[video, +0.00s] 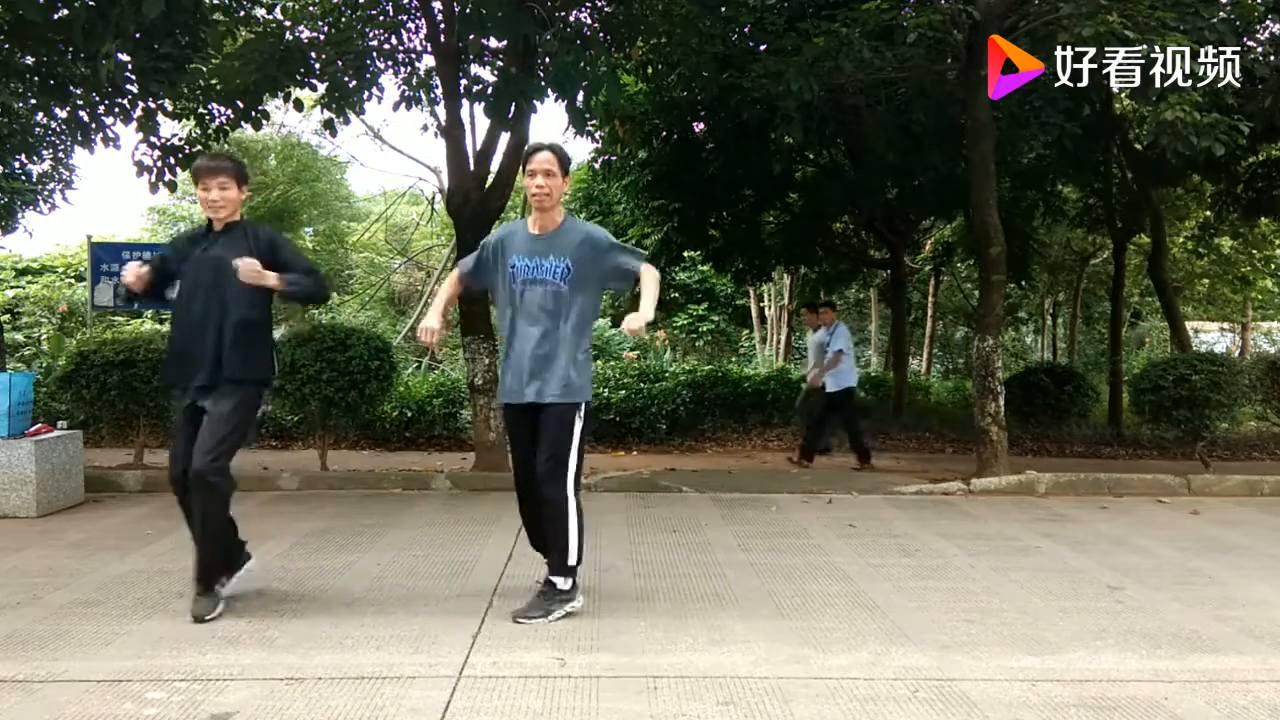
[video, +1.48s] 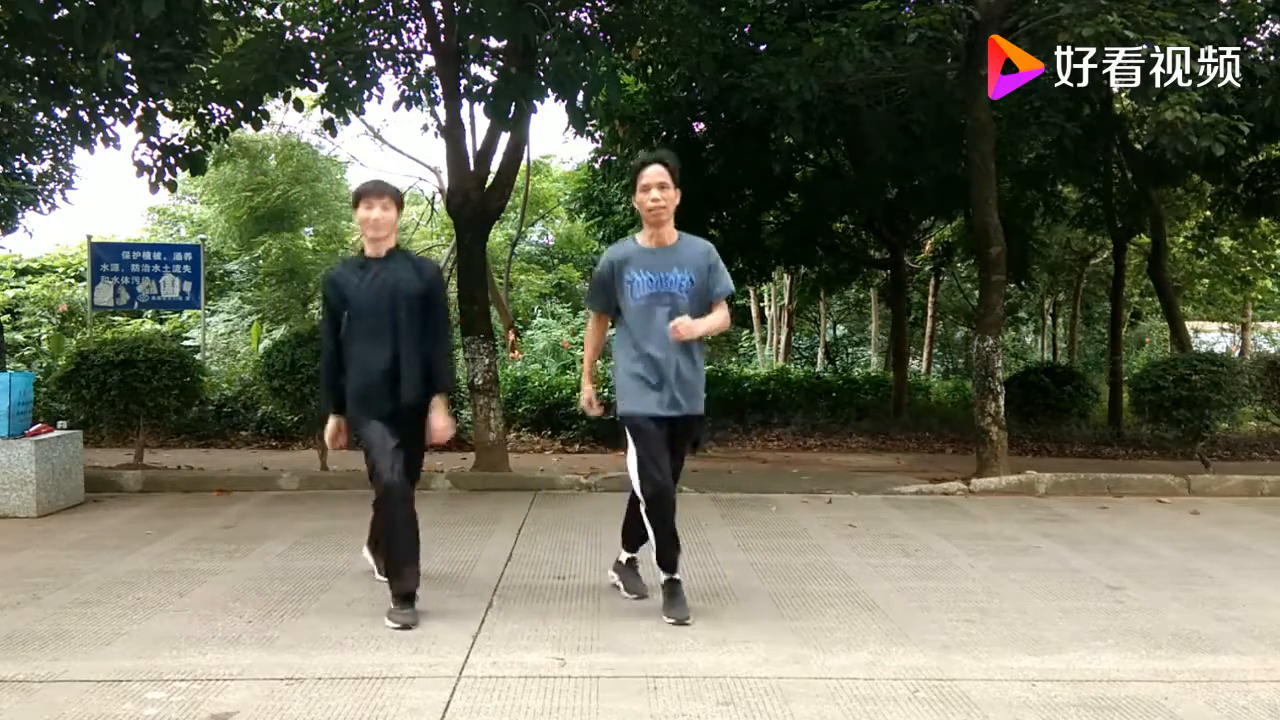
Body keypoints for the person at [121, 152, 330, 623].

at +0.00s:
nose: (214, 196)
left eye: (223, 188)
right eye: (206, 188)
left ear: (242, 193)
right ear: (197, 195)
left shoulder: (264, 242)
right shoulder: (186, 245)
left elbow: (316, 286)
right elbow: (153, 291)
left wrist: (272, 279)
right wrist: (140, 283)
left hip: (241, 379)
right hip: (191, 377)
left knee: (204, 469)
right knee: (181, 474)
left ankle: (207, 584)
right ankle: (231, 554)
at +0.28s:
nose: (231, 199)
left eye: (239, 190)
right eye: (223, 191)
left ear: (254, 192)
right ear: (213, 194)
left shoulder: (277, 245)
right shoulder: (197, 242)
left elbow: (293, 314)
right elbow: (164, 303)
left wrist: (298, 374)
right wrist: (175, 271)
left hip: (259, 353)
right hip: (208, 358)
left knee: (210, 394)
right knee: (225, 458)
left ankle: (208, 510)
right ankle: (233, 568)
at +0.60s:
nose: (272, 207)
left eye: (281, 198)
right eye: (263, 197)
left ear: (293, 198)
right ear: (248, 195)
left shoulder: (311, 245)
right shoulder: (225, 245)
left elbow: (337, 302)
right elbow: (209, 308)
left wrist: (355, 355)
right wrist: (207, 367)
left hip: (291, 355)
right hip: (243, 360)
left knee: (261, 400)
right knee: (249, 455)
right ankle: (257, 549)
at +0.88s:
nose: (308, 206)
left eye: (316, 197)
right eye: (299, 197)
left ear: (328, 201)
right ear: (285, 200)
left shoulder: (348, 256)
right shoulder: (263, 255)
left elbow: (367, 327)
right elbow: (251, 322)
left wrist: (365, 313)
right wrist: (248, 380)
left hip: (329, 385)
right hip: (276, 384)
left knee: (318, 476)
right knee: (257, 473)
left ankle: (324, 590)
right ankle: (274, 532)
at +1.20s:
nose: (346, 190)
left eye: (356, 182)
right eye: (338, 181)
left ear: (369, 188)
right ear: (326, 188)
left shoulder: (392, 239)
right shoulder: (307, 244)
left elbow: (399, 283)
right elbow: (302, 304)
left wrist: (383, 314)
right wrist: (308, 348)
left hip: (372, 353)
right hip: (323, 349)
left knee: (359, 458)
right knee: (317, 384)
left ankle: (343, 562)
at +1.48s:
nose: (376, 215)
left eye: (384, 207)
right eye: (367, 207)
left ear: (399, 216)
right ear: (355, 216)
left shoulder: (424, 272)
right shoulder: (339, 279)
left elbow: (439, 341)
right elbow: (331, 349)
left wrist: (439, 402)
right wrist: (335, 411)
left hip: (413, 396)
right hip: (364, 398)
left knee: (400, 485)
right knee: (392, 483)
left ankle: (377, 546)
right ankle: (403, 595)